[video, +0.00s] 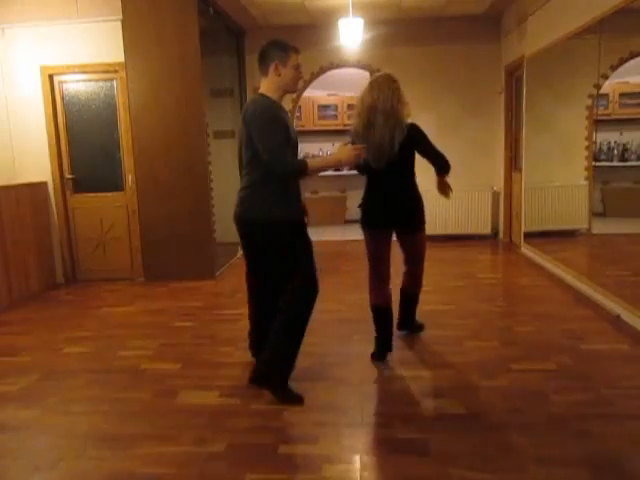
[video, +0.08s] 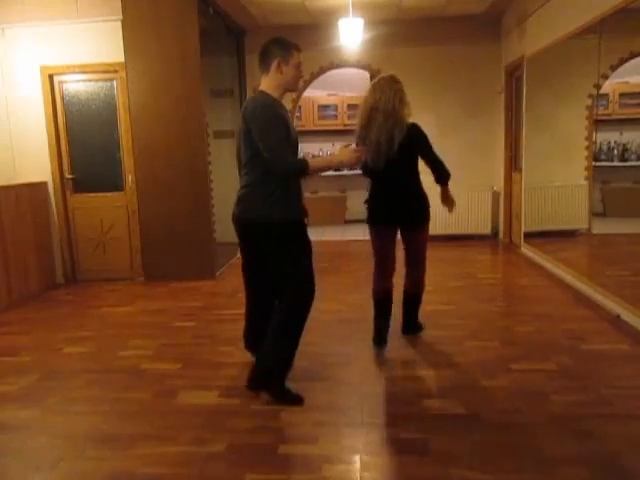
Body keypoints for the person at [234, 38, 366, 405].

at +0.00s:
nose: (300, 76)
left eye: (300, 69)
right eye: (295, 68)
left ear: (271, 70)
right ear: (274, 69)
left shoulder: (263, 109)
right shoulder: (265, 111)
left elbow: (284, 167)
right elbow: (283, 167)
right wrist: (332, 160)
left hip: (263, 217)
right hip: (273, 218)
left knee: (266, 289)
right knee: (302, 288)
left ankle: (265, 364)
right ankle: (275, 373)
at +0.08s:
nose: (300, 76)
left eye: (301, 68)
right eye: (297, 68)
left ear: (272, 67)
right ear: (279, 66)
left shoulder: (261, 106)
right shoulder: (266, 109)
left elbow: (281, 165)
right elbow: (286, 167)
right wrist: (335, 160)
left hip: (260, 216)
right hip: (274, 218)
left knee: (266, 288)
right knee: (299, 292)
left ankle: (264, 364)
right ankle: (271, 376)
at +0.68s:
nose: (283, 73)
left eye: (283, 65)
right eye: (281, 65)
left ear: (255, 59)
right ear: (267, 59)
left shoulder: (244, 99)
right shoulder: (240, 99)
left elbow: (247, 166)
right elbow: (232, 167)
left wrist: (285, 169)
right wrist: (283, 188)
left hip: (236, 218)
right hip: (227, 219)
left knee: (276, 284)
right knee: (228, 310)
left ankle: (267, 375)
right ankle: (200, 415)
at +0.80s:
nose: (272, 72)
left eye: (271, 64)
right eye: (270, 64)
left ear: (244, 60)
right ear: (257, 62)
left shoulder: (229, 100)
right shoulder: (233, 104)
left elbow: (231, 171)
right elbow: (235, 175)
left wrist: (268, 165)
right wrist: (286, 190)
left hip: (222, 216)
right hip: (221, 220)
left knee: (269, 279)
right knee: (225, 309)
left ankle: (229, 359)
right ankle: (198, 417)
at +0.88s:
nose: (269, 70)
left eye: (268, 63)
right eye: (266, 62)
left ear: (240, 61)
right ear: (250, 62)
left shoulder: (226, 101)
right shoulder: (229, 104)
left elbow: (226, 170)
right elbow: (236, 174)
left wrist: (259, 161)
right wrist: (287, 190)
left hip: (220, 214)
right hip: (221, 217)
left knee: (249, 291)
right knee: (237, 298)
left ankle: (202, 366)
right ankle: (200, 416)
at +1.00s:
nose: (260, 73)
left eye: (259, 66)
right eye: (258, 66)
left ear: (231, 64)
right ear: (243, 65)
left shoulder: (219, 103)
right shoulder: (224, 108)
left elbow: (224, 167)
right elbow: (228, 176)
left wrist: (259, 151)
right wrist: (277, 185)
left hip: (213, 214)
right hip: (219, 217)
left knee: (231, 300)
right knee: (249, 299)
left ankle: (194, 373)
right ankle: (215, 395)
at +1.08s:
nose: (258, 74)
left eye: (257, 67)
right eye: (255, 66)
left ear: (231, 66)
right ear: (240, 66)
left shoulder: (220, 105)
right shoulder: (221, 109)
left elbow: (226, 166)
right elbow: (224, 177)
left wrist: (257, 151)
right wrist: (274, 185)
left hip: (212, 211)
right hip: (218, 214)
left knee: (226, 295)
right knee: (264, 288)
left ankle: (187, 372)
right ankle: (226, 376)